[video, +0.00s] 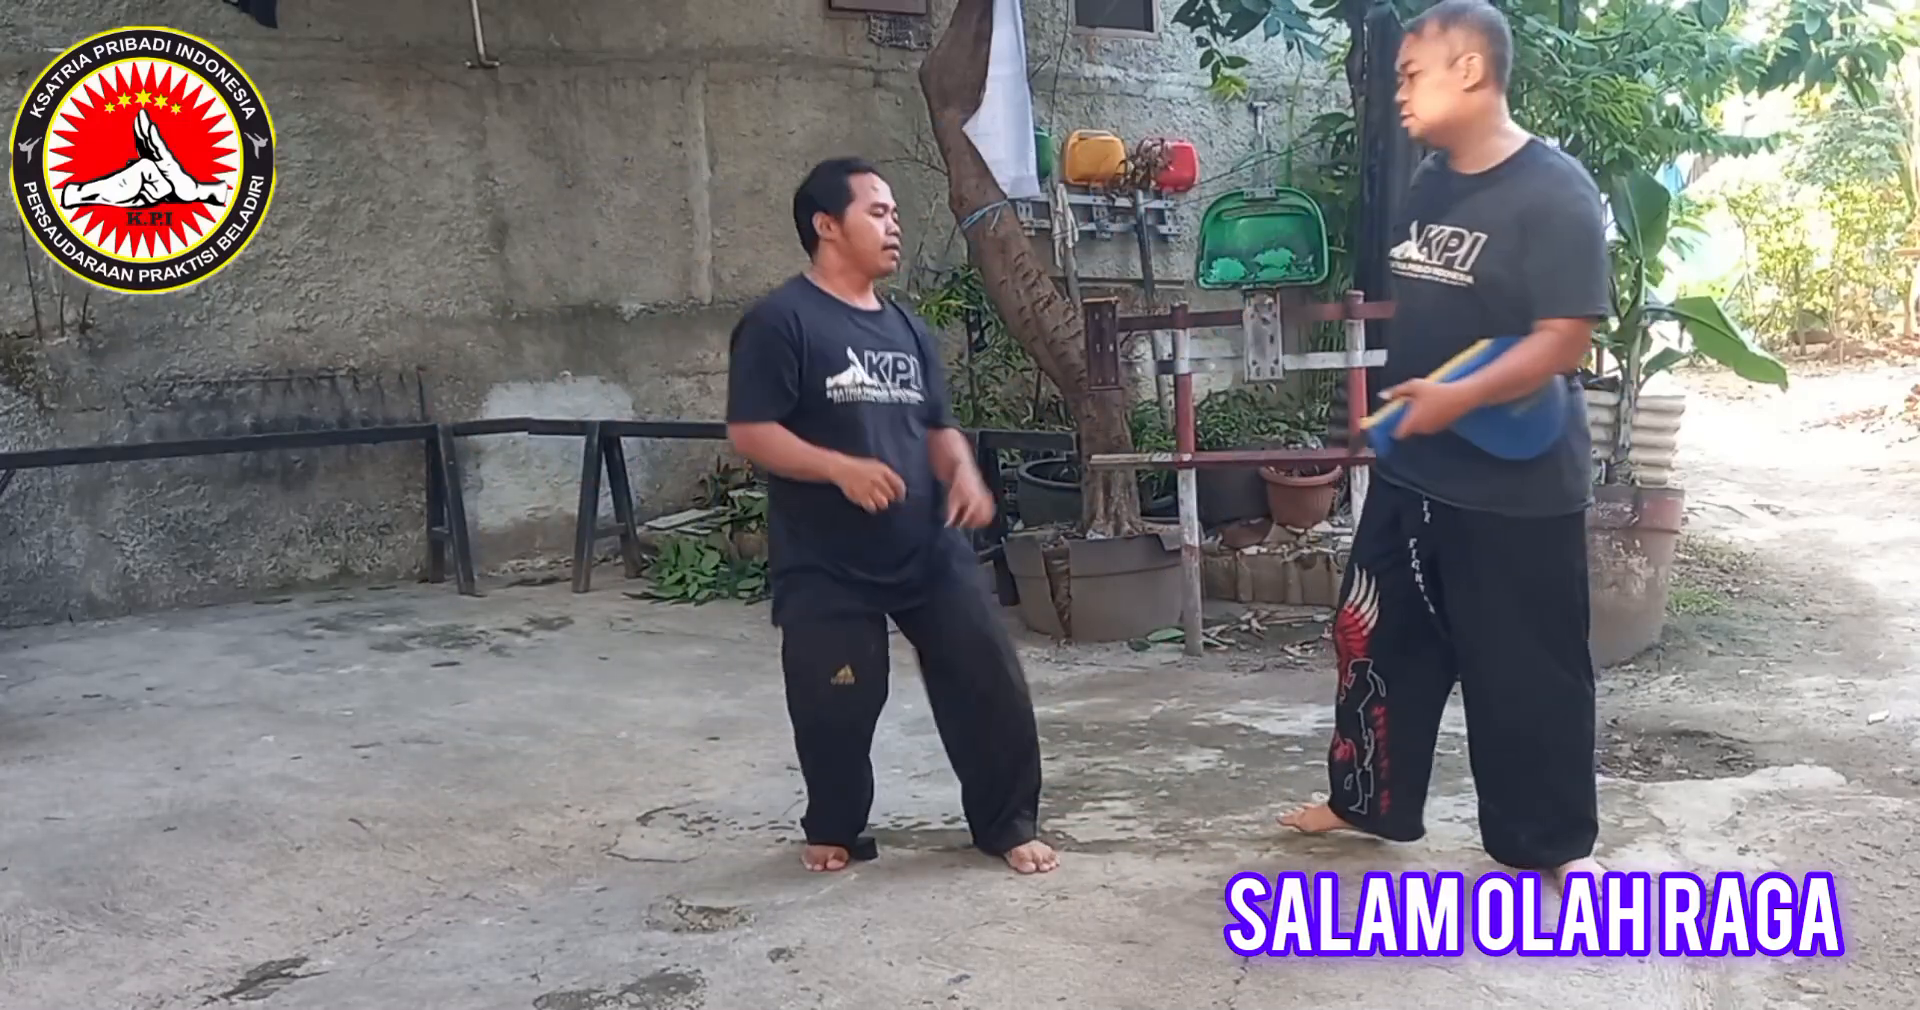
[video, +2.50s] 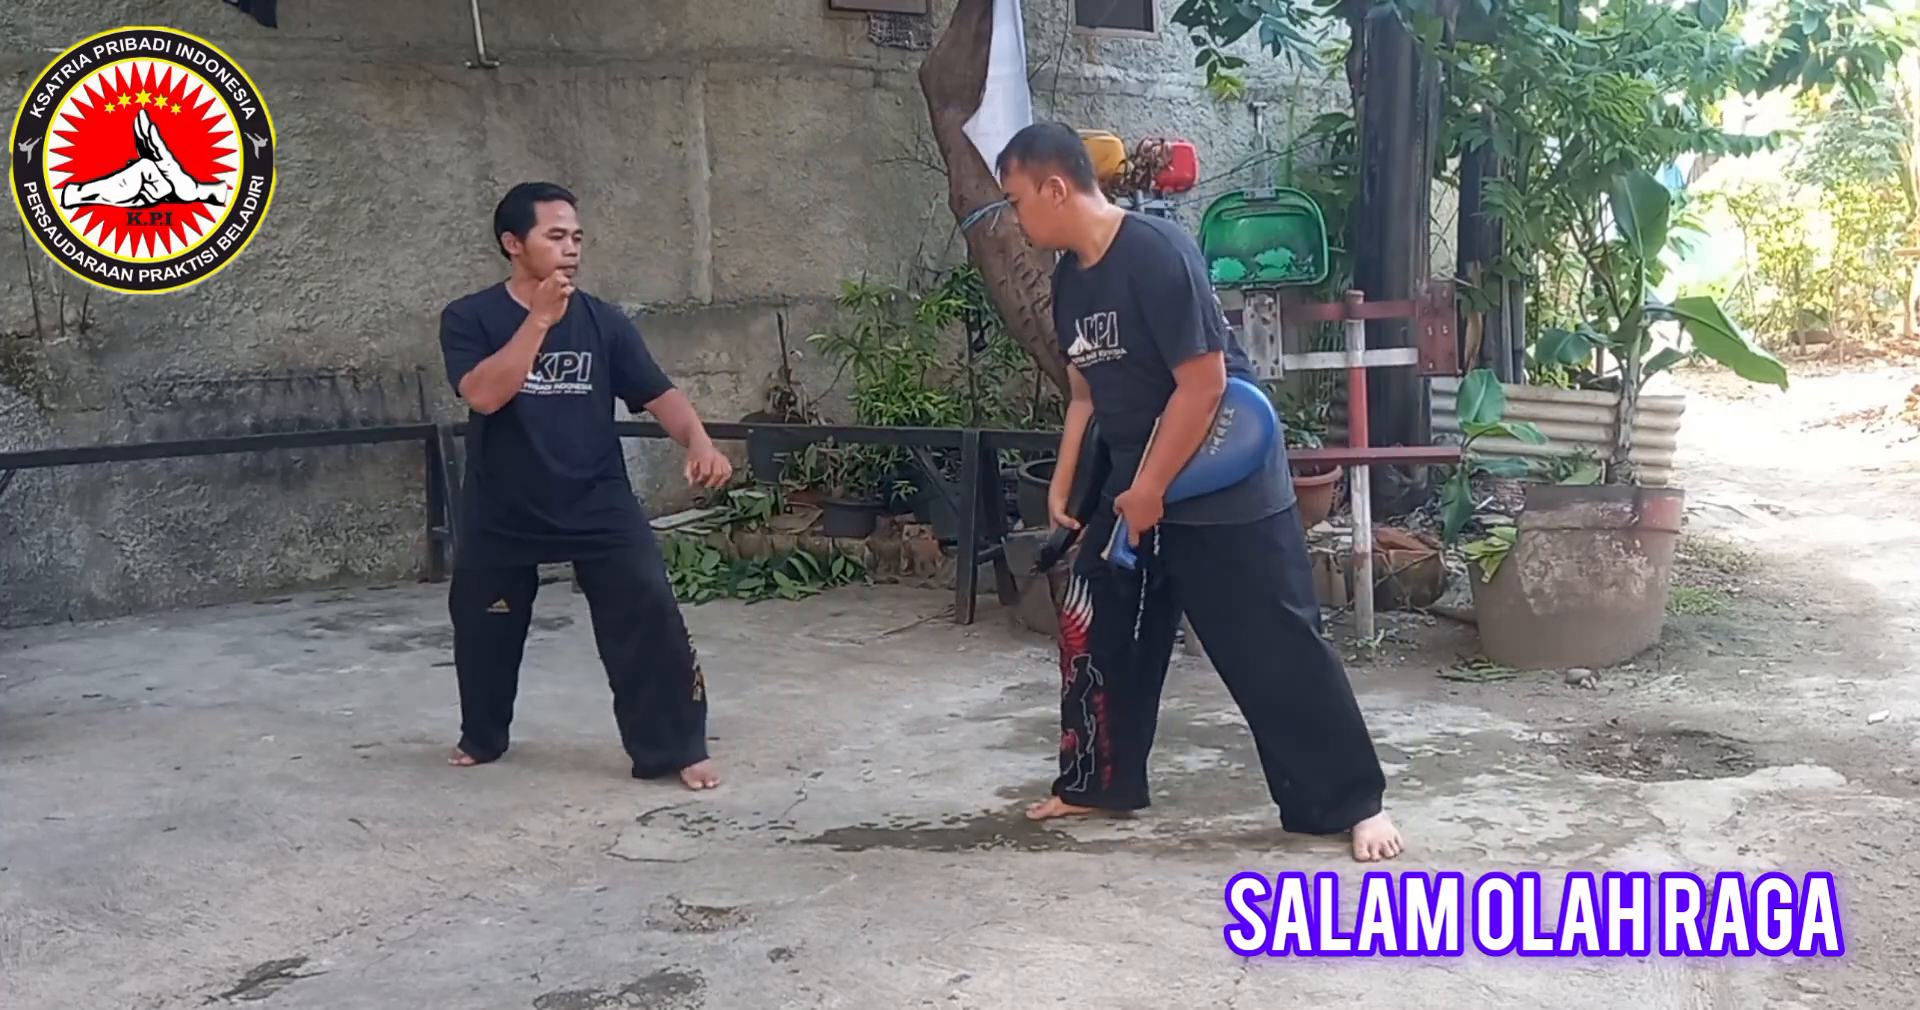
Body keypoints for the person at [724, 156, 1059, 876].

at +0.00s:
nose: (895, 226)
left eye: (894, 213)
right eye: (878, 212)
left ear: (890, 224)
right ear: (826, 226)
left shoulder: (910, 328)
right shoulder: (777, 320)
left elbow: (937, 428)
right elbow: (751, 434)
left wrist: (964, 472)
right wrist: (837, 467)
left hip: (926, 550)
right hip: (825, 561)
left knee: (988, 674)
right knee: (831, 698)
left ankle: (1009, 825)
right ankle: (832, 829)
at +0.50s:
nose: (775, 238)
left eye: (776, 225)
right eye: (760, 227)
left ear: (772, 229)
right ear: (710, 236)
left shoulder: (783, 314)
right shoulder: (661, 313)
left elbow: (814, 402)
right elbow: (580, 382)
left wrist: (843, 463)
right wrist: (673, 386)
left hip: (766, 523)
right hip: (694, 524)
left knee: (729, 649)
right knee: (731, 654)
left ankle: (690, 769)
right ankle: (795, 811)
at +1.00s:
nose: (596, 259)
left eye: (603, 244)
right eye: (581, 247)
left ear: (610, 238)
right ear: (539, 243)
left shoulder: (631, 309)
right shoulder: (493, 320)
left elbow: (654, 395)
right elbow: (463, 414)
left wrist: (650, 463)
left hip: (618, 509)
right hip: (529, 517)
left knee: (654, 622)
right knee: (527, 644)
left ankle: (674, 754)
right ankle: (532, 759)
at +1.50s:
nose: (582, 245)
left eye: (588, 234)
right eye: (568, 233)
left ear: (593, 236)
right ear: (525, 235)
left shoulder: (607, 315)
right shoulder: (466, 297)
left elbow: (624, 400)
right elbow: (422, 369)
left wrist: (614, 451)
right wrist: (461, 427)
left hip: (565, 499)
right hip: (472, 498)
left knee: (577, 621)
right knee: (456, 616)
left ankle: (584, 736)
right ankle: (454, 730)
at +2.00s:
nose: (583, 254)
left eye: (586, 244)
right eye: (567, 243)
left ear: (592, 252)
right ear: (525, 256)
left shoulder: (617, 332)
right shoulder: (477, 334)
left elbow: (664, 409)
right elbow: (449, 421)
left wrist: (667, 453)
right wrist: (514, 441)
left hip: (607, 517)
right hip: (511, 520)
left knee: (652, 619)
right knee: (473, 622)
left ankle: (665, 751)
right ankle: (456, 726)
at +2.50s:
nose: (572, 248)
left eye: (576, 236)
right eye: (557, 236)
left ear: (582, 242)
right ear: (513, 244)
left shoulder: (604, 321)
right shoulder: (470, 319)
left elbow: (658, 393)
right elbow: (482, 395)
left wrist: (700, 441)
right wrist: (539, 321)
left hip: (599, 503)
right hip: (504, 507)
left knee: (650, 607)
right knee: (481, 620)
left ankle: (681, 748)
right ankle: (481, 735)